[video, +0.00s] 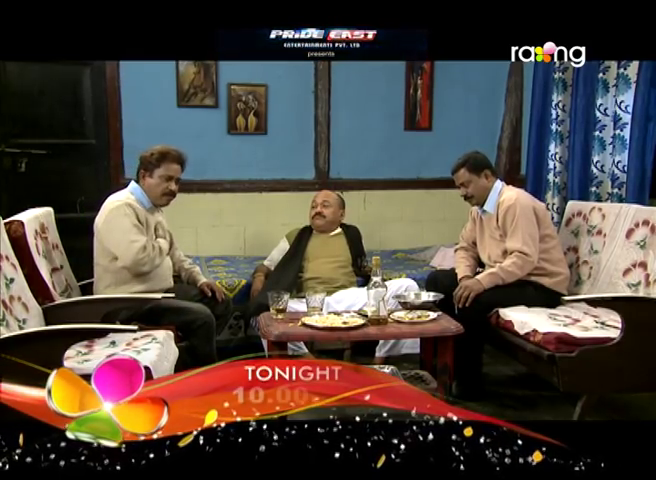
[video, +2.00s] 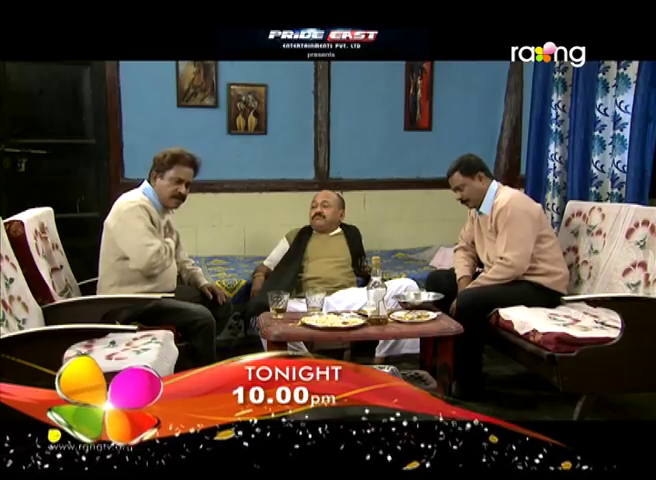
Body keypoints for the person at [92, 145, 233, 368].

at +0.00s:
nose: (173, 188)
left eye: (177, 181)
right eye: (166, 180)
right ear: (144, 177)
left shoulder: (154, 212)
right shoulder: (119, 209)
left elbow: (175, 257)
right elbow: (136, 260)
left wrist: (200, 280)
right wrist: (162, 245)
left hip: (157, 295)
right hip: (127, 304)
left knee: (218, 303)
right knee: (201, 318)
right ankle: (204, 384)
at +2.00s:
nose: (183, 191)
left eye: (188, 185)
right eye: (177, 182)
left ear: (191, 187)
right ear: (156, 178)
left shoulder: (162, 215)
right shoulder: (131, 208)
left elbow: (181, 259)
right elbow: (147, 262)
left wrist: (203, 283)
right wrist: (169, 244)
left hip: (156, 296)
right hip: (128, 304)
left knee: (218, 304)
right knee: (201, 319)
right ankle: (204, 385)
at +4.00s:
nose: (159, 182)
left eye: (163, 177)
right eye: (152, 175)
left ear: (166, 181)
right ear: (131, 176)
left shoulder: (146, 212)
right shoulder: (108, 206)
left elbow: (173, 257)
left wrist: (200, 281)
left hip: (157, 293)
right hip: (126, 301)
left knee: (218, 303)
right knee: (200, 318)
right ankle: (204, 384)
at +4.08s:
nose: (158, 181)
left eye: (162, 176)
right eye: (151, 173)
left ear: (165, 181)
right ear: (129, 175)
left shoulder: (146, 212)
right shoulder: (107, 205)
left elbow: (173, 257)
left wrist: (200, 280)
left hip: (158, 292)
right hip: (125, 301)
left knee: (218, 302)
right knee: (201, 318)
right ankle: (204, 384)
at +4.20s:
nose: (159, 178)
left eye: (162, 173)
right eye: (151, 171)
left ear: (164, 178)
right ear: (129, 175)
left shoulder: (144, 210)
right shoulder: (110, 203)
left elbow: (170, 256)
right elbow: (121, 240)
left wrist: (199, 280)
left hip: (157, 293)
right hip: (126, 301)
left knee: (218, 302)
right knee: (201, 317)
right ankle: (203, 383)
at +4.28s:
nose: (160, 177)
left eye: (163, 173)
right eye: (152, 170)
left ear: (166, 177)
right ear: (131, 175)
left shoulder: (146, 211)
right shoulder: (112, 202)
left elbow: (168, 255)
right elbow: (112, 226)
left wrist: (199, 280)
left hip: (159, 293)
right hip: (126, 302)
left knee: (218, 302)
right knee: (201, 318)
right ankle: (204, 382)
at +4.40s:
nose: (159, 182)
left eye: (164, 177)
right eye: (152, 174)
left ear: (168, 181)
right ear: (132, 175)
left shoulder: (151, 213)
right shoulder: (108, 206)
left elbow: (172, 256)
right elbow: (86, 237)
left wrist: (200, 280)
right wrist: (62, 235)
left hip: (161, 295)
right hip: (127, 304)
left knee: (219, 303)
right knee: (199, 318)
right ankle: (203, 383)